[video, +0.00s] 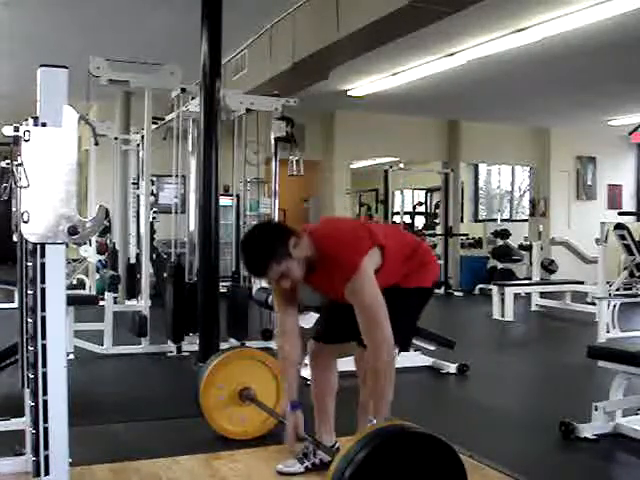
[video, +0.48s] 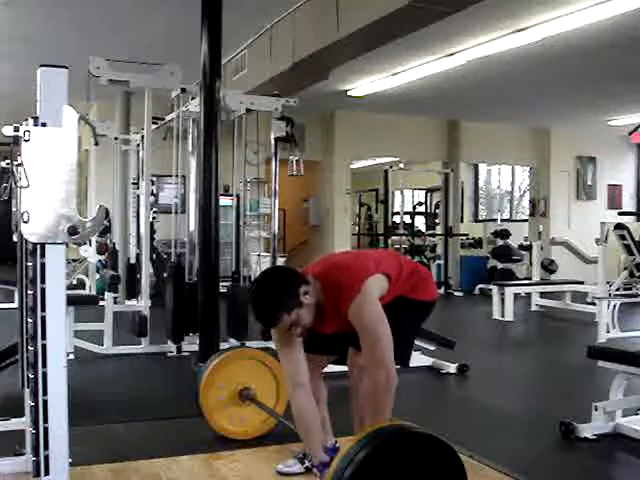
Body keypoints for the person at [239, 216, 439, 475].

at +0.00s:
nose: (284, 285)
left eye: (284, 275)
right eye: (276, 281)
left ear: (295, 247)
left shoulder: (348, 261)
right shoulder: (283, 266)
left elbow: (383, 351)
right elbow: (288, 341)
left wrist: (379, 431)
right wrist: (292, 406)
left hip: (408, 275)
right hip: (356, 280)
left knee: (368, 357)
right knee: (322, 352)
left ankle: (367, 448)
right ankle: (325, 444)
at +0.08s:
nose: (283, 290)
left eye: (284, 280)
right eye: (275, 285)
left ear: (297, 252)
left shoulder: (349, 265)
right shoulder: (283, 275)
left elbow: (384, 352)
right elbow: (288, 345)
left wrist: (379, 431)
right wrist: (292, 414)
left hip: (409, 275)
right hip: (356, 281)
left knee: (366, 358)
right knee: (321, 354)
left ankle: (368, 448)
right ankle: (325, 444)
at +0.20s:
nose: (285, 307)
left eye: (287, 296)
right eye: (277, 302)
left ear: (299, 266)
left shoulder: (348, 275)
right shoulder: (281, 286)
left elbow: (383, 360)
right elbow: (290, 355)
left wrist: (372, 441)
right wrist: (296, 430)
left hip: (409, 278)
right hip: (355, 286)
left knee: (364, 357)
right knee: (316, 356)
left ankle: (366, 449)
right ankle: (324, 446)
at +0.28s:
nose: (291, 319)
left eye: (290, 311)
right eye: (282, 317)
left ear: (301, 282)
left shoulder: (353, 287)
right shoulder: (281, 299)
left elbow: (386, 374)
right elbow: (294, 372)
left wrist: (372, 449)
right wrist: (305, 445)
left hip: (408, 284)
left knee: (363, 357)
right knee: (313, 357)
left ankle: (366, 452)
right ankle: (324, 444)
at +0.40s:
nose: (295, 329)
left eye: (295, 320)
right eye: (286, 325)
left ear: (305, 292)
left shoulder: (356, 294)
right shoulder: (283, 317)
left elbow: (386, 375)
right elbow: (297, 385)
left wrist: (373, 450)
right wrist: (315, 455)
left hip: (406, 288)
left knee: (360, 362)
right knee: (309, 363)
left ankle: (366, 452)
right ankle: (321, 446)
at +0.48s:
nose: (294, 333)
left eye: (295, 322)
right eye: (286, 328)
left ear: (306, 295)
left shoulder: (356, 292)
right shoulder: (284, 318)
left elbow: (385, 376)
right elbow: (299, 387)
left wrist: (373, 451)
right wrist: (318, 458)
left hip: (407, 291)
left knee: (360, 363)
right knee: (308, 367)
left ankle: (366, 452)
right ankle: (322, 447)